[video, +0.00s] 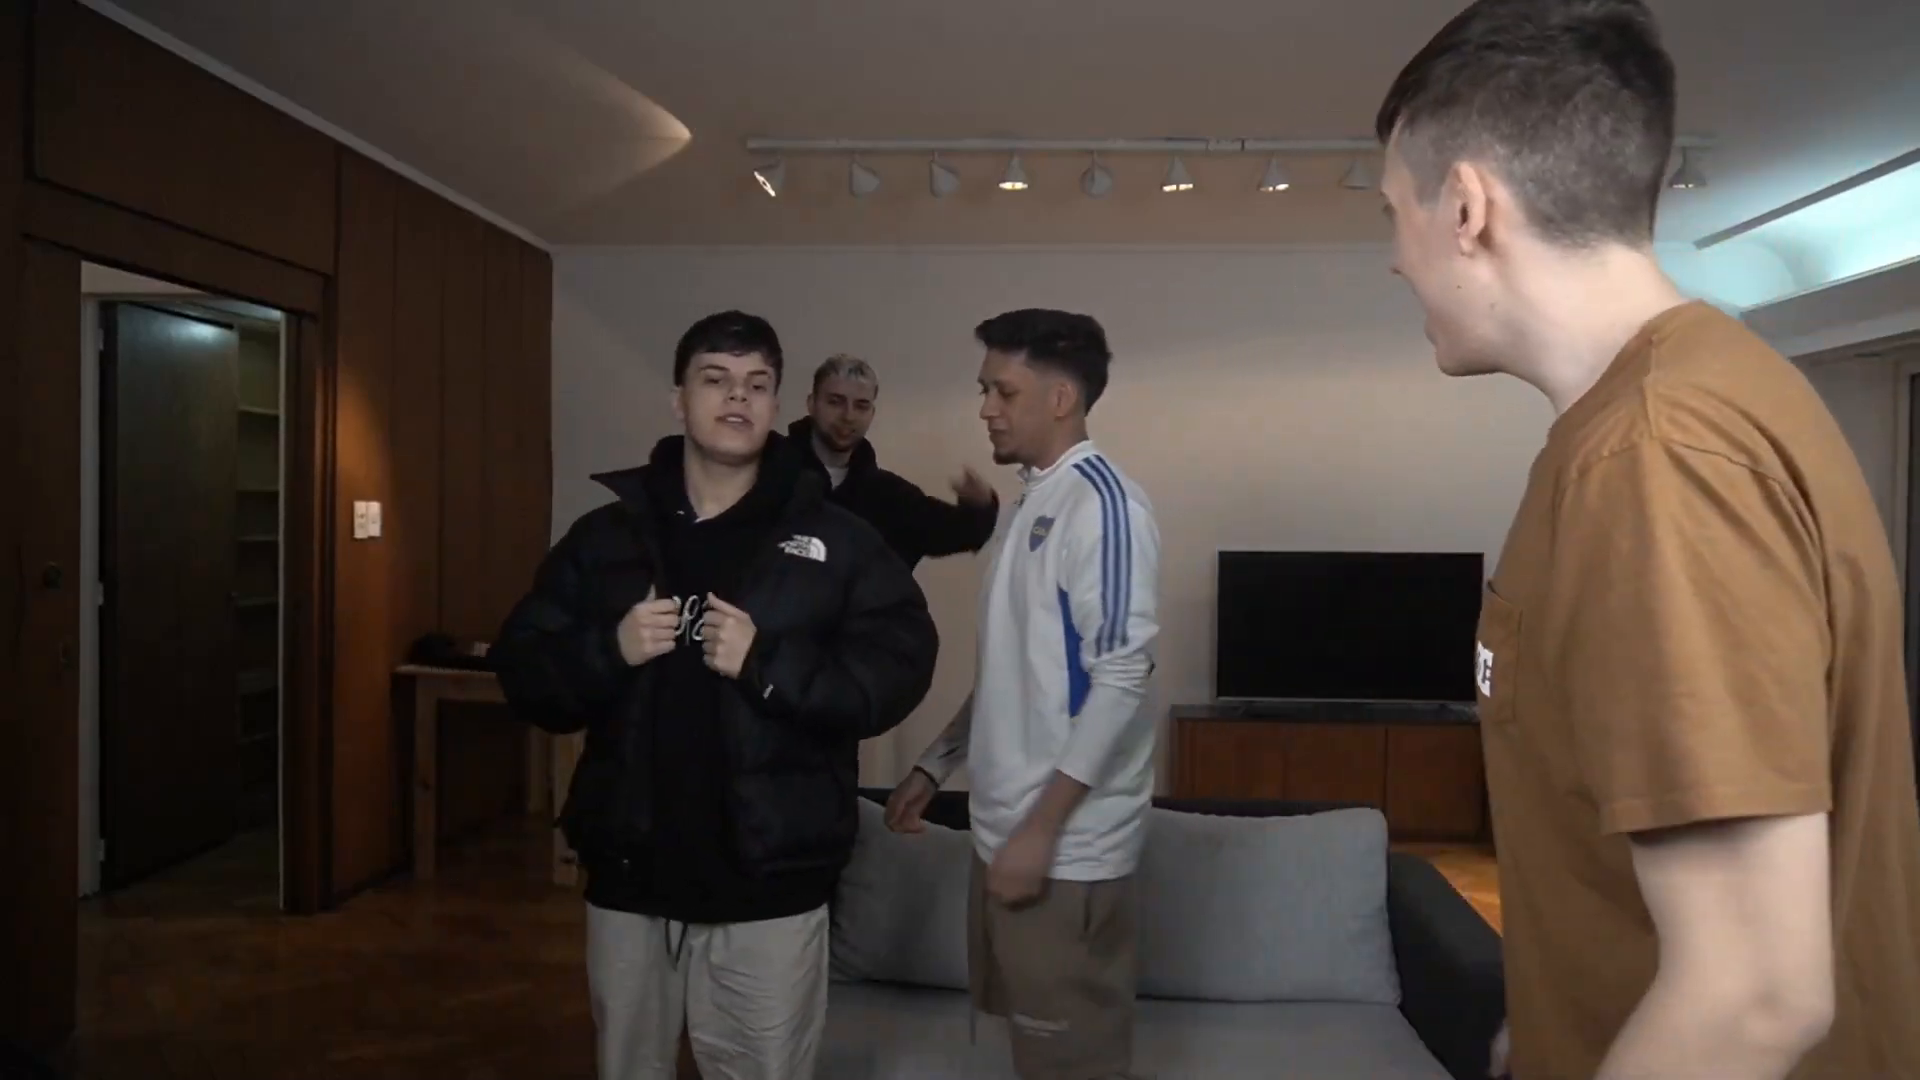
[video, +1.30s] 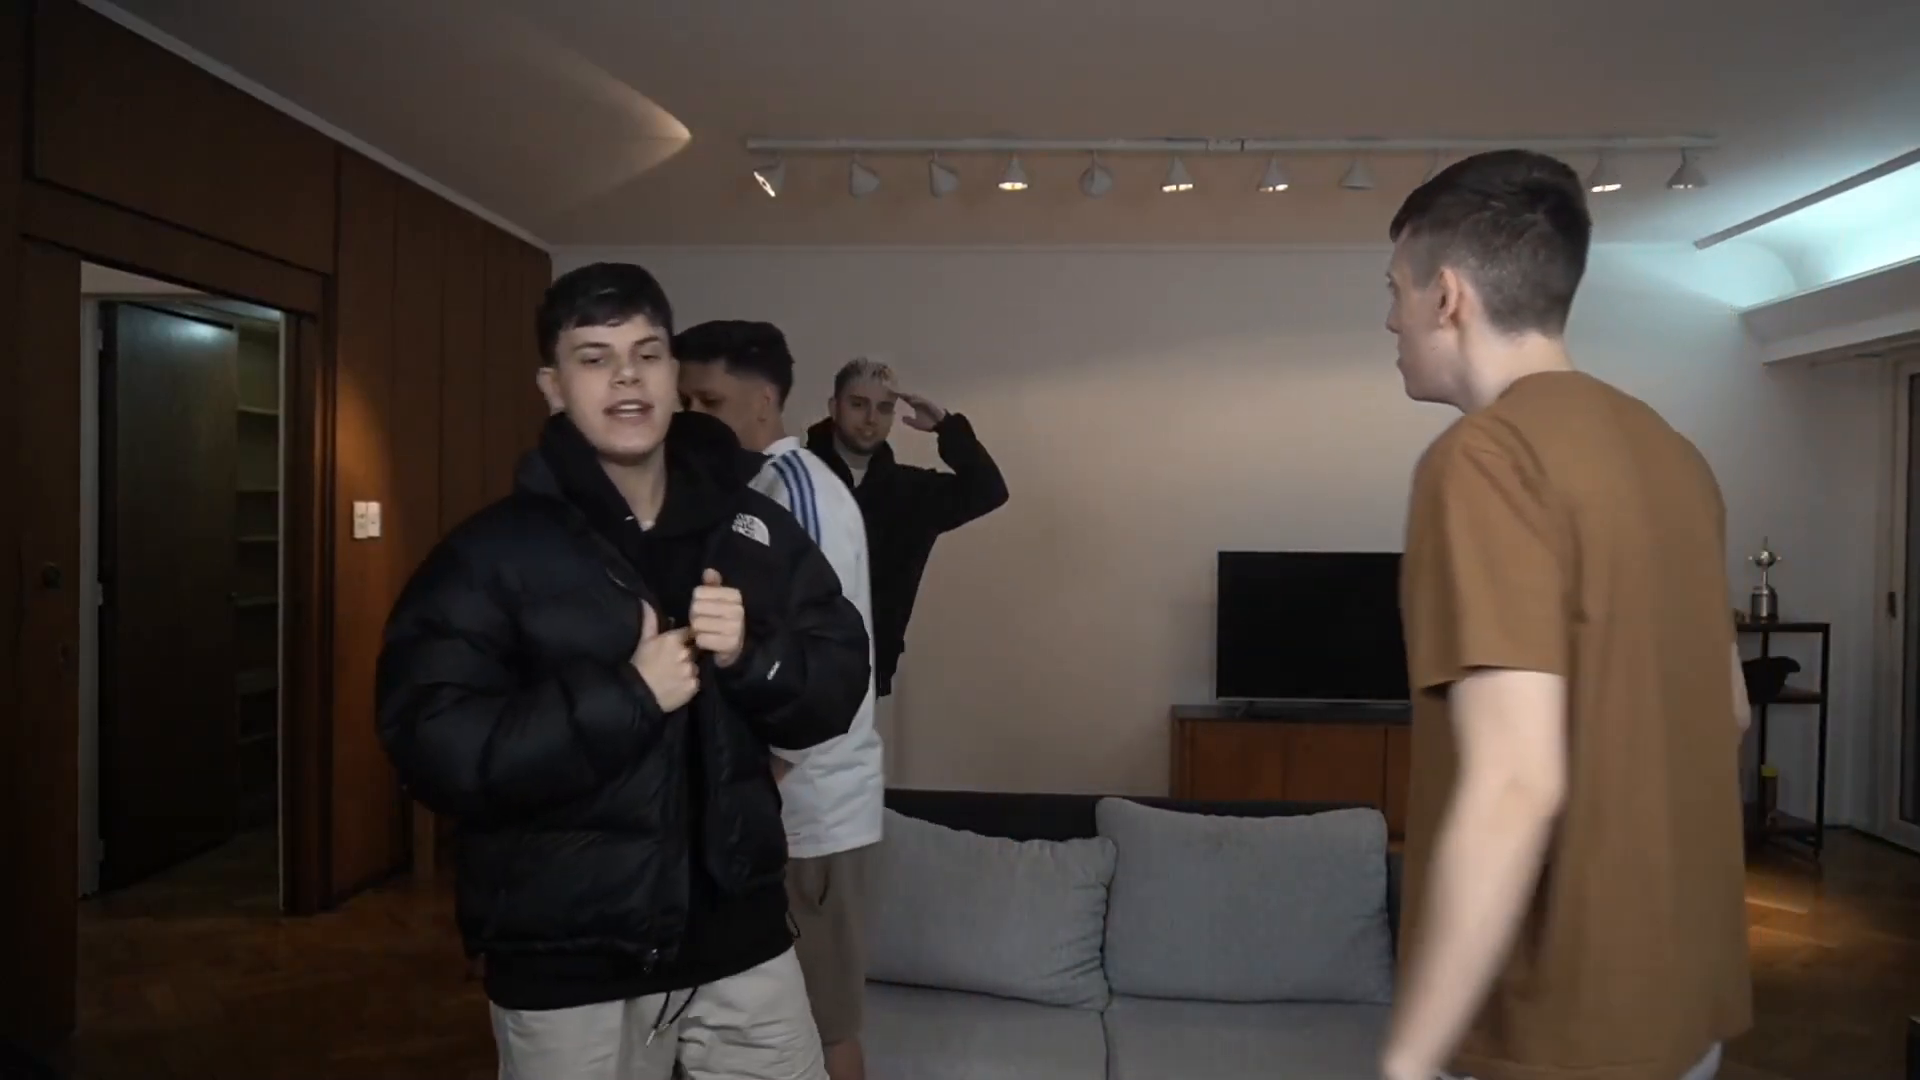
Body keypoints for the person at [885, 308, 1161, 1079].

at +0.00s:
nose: (986, 409)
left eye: (1003, 391)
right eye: (985, 390)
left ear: (1064, 399)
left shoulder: (1102, 502)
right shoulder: (1031, 500)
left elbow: (1124, 679)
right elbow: (1010, 672)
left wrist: (1041, 827)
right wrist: (934, 767)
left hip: (1069, 847)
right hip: (1012, 833)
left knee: (1073, 1057)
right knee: (1035, 1047)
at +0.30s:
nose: (945, 415)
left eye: (961, 398)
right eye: (943, 399)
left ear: (1021, 401)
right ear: (1016, 404)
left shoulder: (1042, 488)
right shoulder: (1024, 488)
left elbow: (1055, 648)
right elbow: (1014, 646)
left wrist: (974, 786)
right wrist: (966, 771)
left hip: (1019, 822)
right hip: (1041, 818)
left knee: (972, 1038)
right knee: (1051, 1033)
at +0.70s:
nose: (861, 437)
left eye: (871, 420)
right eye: (860, 421)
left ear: (921, 413)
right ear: (925, 416)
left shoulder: (959, 489)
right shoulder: (939, 489)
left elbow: (1017, 643)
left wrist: (1001, 801)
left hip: (951, 816)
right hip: (981, 809)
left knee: (880, 1029)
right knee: (1016, 1007)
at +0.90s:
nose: (808, 411)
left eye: (821, 393)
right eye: (809, 392)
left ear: (864, 398)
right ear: (868, 401)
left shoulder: (905, 477)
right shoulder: (868, 479)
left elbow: (954, 640)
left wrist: (948, 796)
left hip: (910, 807)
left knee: (865, 1033)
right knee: (943, 1008)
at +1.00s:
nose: (781, 412)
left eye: (793, 394)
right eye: (782, 395)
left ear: (838, 399)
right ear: (846, 401)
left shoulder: (880, 480)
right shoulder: (846, 482)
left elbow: (924, 644)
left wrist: (899, 810)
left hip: (894, 808)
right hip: (872, 800)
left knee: (862, 1037)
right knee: (891, 1027)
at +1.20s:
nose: (721, 416)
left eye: (735, 398)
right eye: (716, 400)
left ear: (794, 398)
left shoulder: (827, 482)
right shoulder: (776, 483)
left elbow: (853, 653)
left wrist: (795, 791)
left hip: (839, 816)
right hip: (796, 809)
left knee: (831, 1028)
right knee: (798, 1026)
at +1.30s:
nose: (695, 417)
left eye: (709, 400)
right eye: (689, 401)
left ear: (769, 399)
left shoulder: (788, 490)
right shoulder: (802, 475)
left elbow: (829, 644)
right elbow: (825, 635)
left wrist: (780, 749)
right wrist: (764, 733)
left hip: (805, 794)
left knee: (819, 1024)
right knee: (818, 1017)